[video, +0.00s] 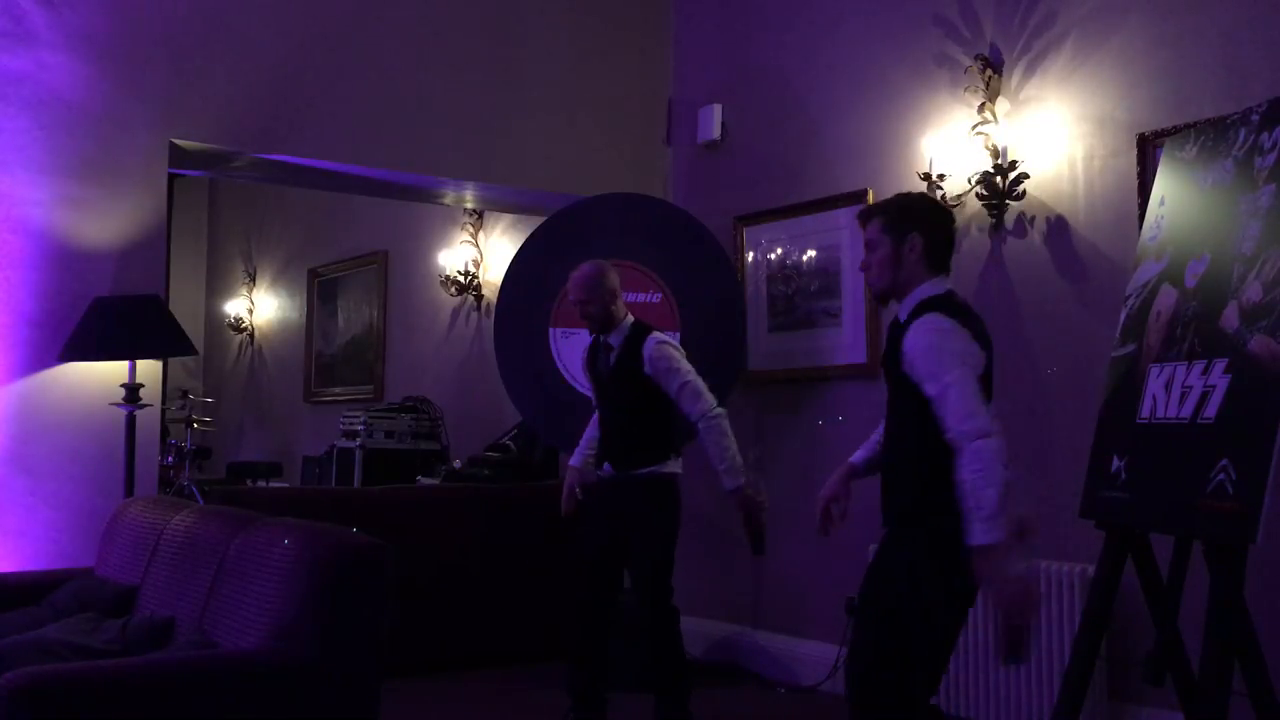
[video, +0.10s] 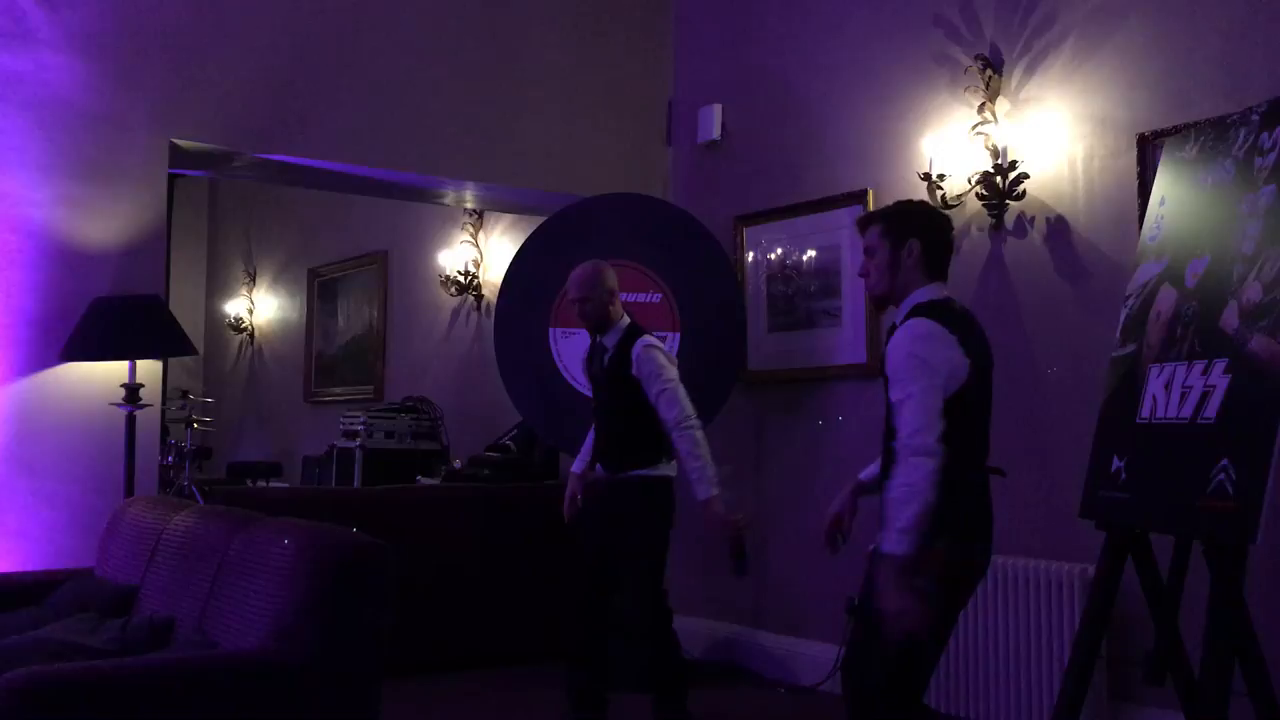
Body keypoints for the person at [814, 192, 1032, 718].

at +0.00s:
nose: (864, 262)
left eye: (873, 247)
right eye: (865, 249)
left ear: (912, 249)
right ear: (908, 252)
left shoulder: (929, 332)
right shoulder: (923, 321)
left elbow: (977, 439)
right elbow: (905, 424)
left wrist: (988, 546)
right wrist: (848, 471)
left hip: (928, 549)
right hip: (926, 541)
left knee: (882, 691)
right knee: (889, 689)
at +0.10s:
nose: (862, 269)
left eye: (871, 254)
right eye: (864, 256)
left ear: (910, 254)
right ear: (915, 257)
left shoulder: (915, 337)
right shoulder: (950, 322)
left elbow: (920, 455)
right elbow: (916, 442)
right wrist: (858, 490)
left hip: (928, 535)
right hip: (955, 526)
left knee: (871, 685)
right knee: (893, 685)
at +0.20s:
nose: (870, 267)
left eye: (878, 252)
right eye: (870, 254)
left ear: (915, 253)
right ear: (921, 256)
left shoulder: (920, 334)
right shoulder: (959, 324)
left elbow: (877, 445)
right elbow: (928, 444)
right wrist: (865, 504)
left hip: (923, 535)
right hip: (951, 530)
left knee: (872, 682)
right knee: (893, 683)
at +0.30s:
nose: (879, 259)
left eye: (887, 244)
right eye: (880, 246)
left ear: (922, 243)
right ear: (925, 247)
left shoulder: (931, 323)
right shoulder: (960, 316)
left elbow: (857, 420)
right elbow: (931, 433)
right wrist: (855, 459)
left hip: (926, 532)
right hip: (946, 527)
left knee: (874, 682)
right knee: (894, 681)